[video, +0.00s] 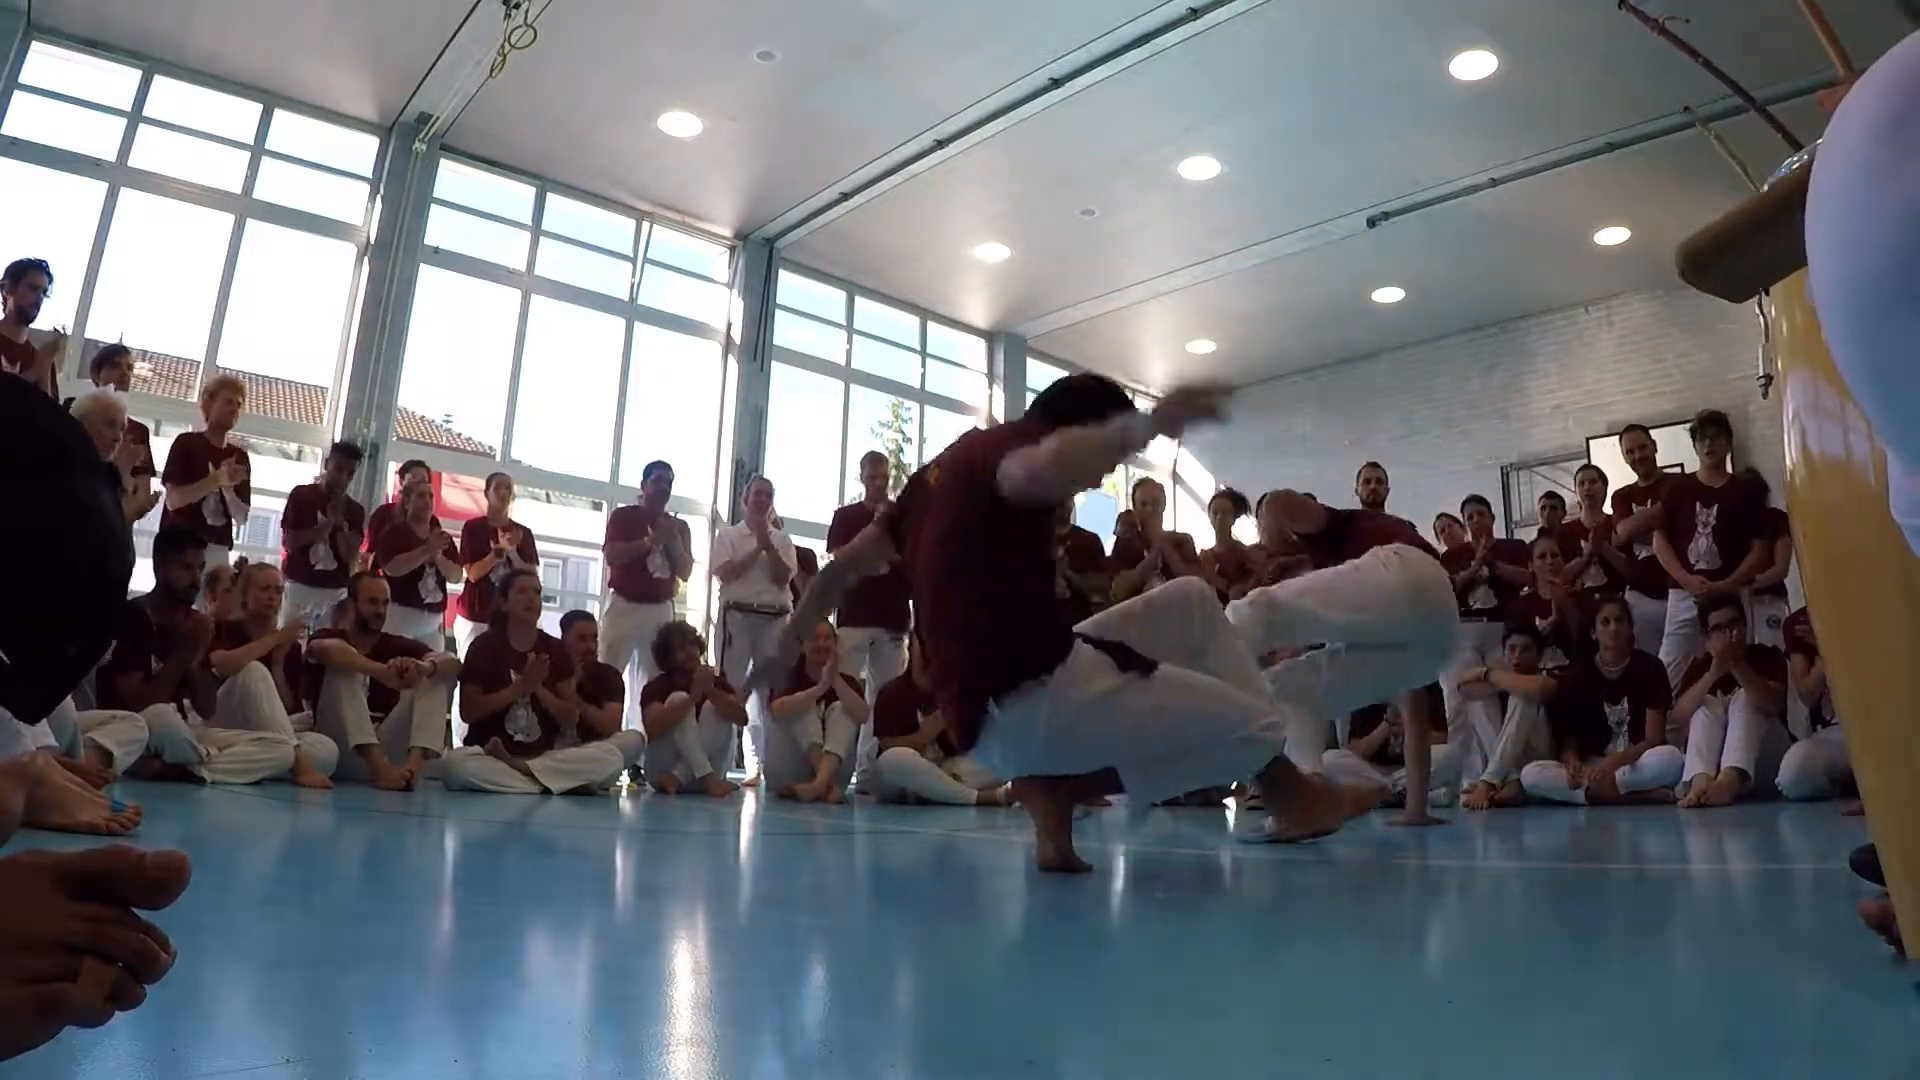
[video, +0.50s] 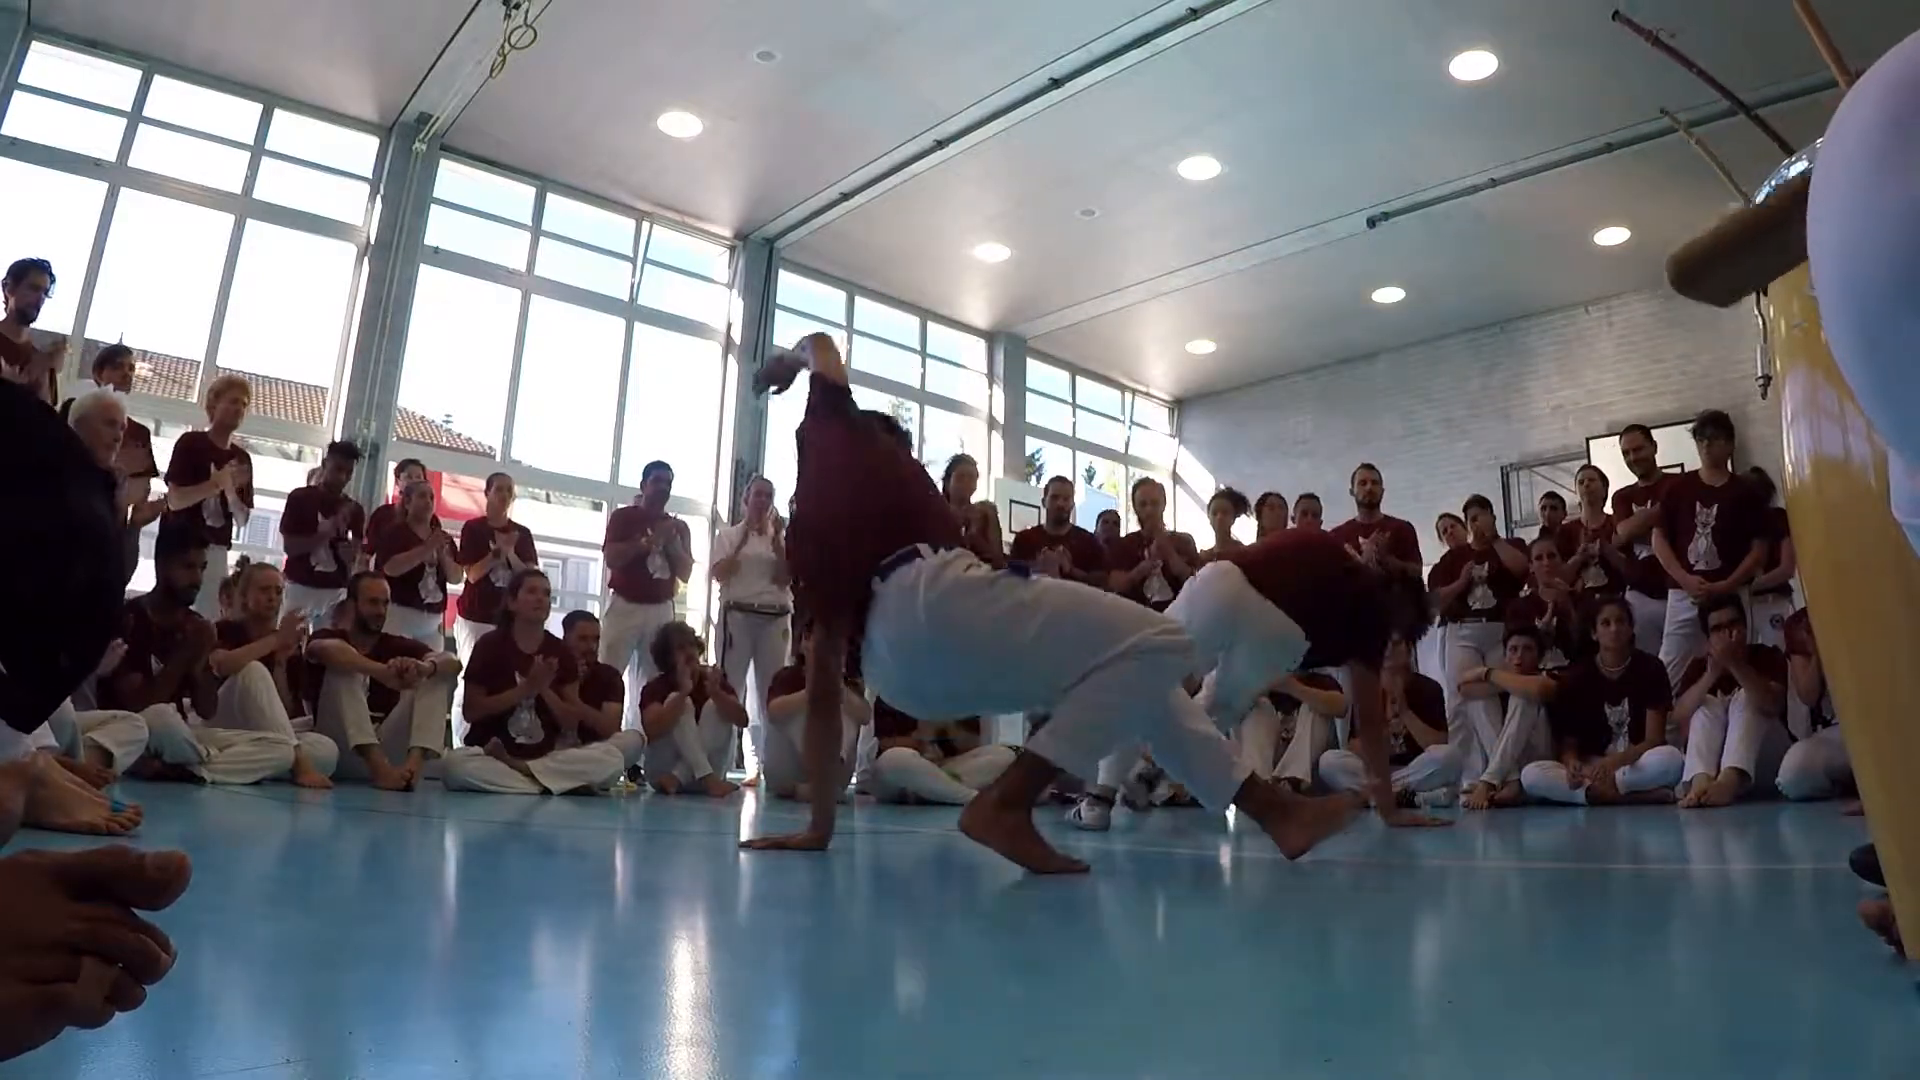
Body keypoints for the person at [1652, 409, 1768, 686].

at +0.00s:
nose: (1709, 445)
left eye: (1716, 438)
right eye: (1702, 439)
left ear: (1728, 443)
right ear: (1695, 445)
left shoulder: (1748, 488)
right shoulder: (1676, 488)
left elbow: (1760, 551)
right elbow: (1659, 540)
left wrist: (1726, 585)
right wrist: (1685, 579)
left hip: (1731, 592)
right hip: (1684, 594)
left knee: (1734, 669)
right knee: (1670, 671)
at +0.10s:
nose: (1708, 445)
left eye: (1716, 438)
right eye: (1702, 439)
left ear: (1728, 443)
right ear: (1694, 445)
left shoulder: (1748, 490)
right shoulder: (1676, 489)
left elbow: (1760, 552)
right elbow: (1658, 540)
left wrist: (1726, 585)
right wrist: (1685, 579)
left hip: (1731, 593)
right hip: (1684, 595)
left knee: (1734, 669)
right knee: (1670, 672)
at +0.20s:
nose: (1708, 445)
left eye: (1715, 438)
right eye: (1702, 439)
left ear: (1728, 443)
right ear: (1694, 445)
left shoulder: (1748, 490)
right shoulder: (1676, 488)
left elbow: (1760, 551)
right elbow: (1658, 540)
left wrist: (1725, 586)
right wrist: (1685, 579)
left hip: (1730, 592)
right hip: (1684, 594)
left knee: (1734, 669)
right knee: (1670, 671)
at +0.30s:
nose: (1708, 445)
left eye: (1715, 439)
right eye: (1701, 439)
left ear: (1728, 444)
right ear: (1694, 445)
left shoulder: (1747, 490)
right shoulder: (1676, 489)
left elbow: (1760, 549)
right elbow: (1658, 540)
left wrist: (1728, 585)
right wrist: (1685, 579)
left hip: (1730, 594)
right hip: (1683, 596)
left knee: (1734, 672)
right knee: (1670, 674)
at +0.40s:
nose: (1707, 445)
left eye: (1714, 439)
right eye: (1701, 440)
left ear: (1729, 444)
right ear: (1695, 445)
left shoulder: (1748, 490)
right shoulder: (1677, 489)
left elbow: (1760, 549)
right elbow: (1658, 539)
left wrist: (1727, 585)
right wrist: (1685, 580)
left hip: (1731, 594)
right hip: (1683, 596)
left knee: (1735, 671)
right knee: (1670, 673)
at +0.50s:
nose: (1706, 446)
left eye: (1714, 440)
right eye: (1701, 440)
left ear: (1730, 445)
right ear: (1696, 445)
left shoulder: (1749, 491)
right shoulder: (1677, 488)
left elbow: (1759, 550)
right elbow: (1658, 539)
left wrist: (1726, 586)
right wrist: (1684, 579)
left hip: (1731, 594)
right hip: (1683, 596)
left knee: (1735, 671)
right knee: (1669, 673)